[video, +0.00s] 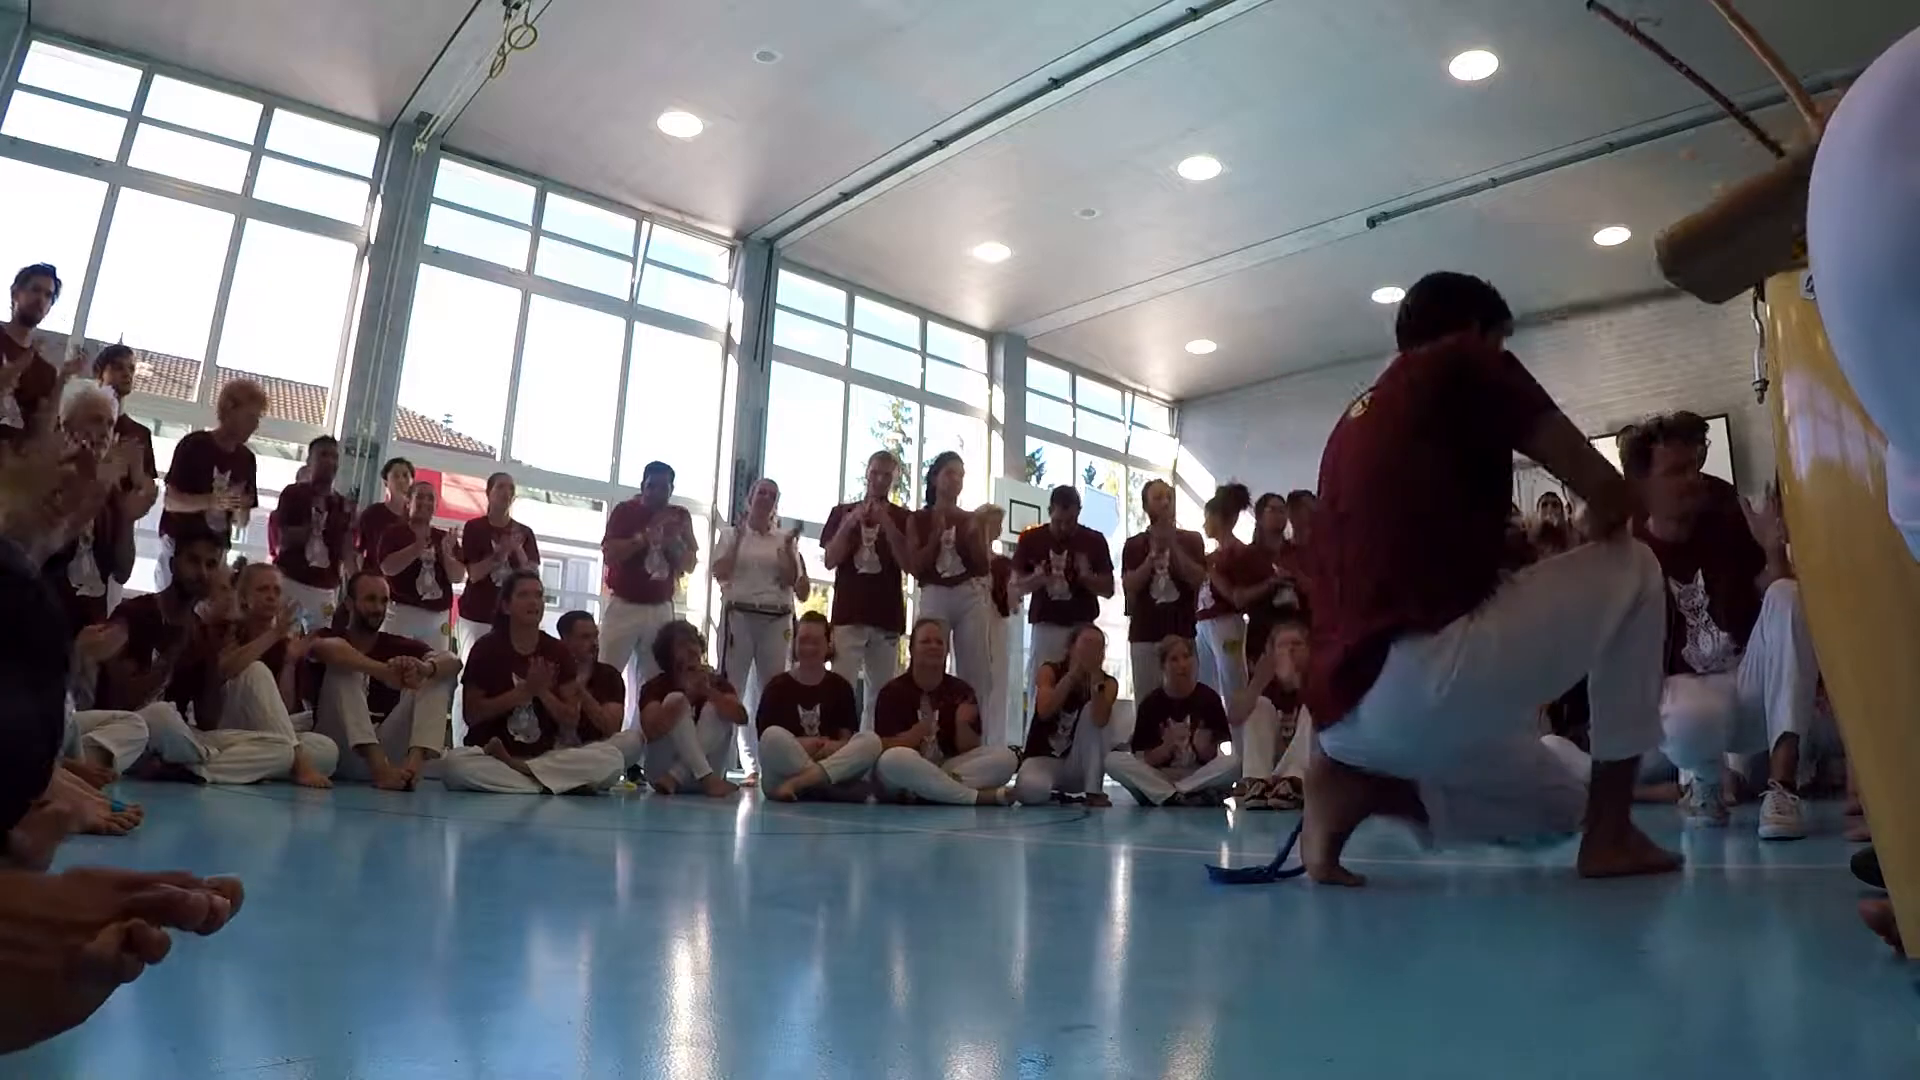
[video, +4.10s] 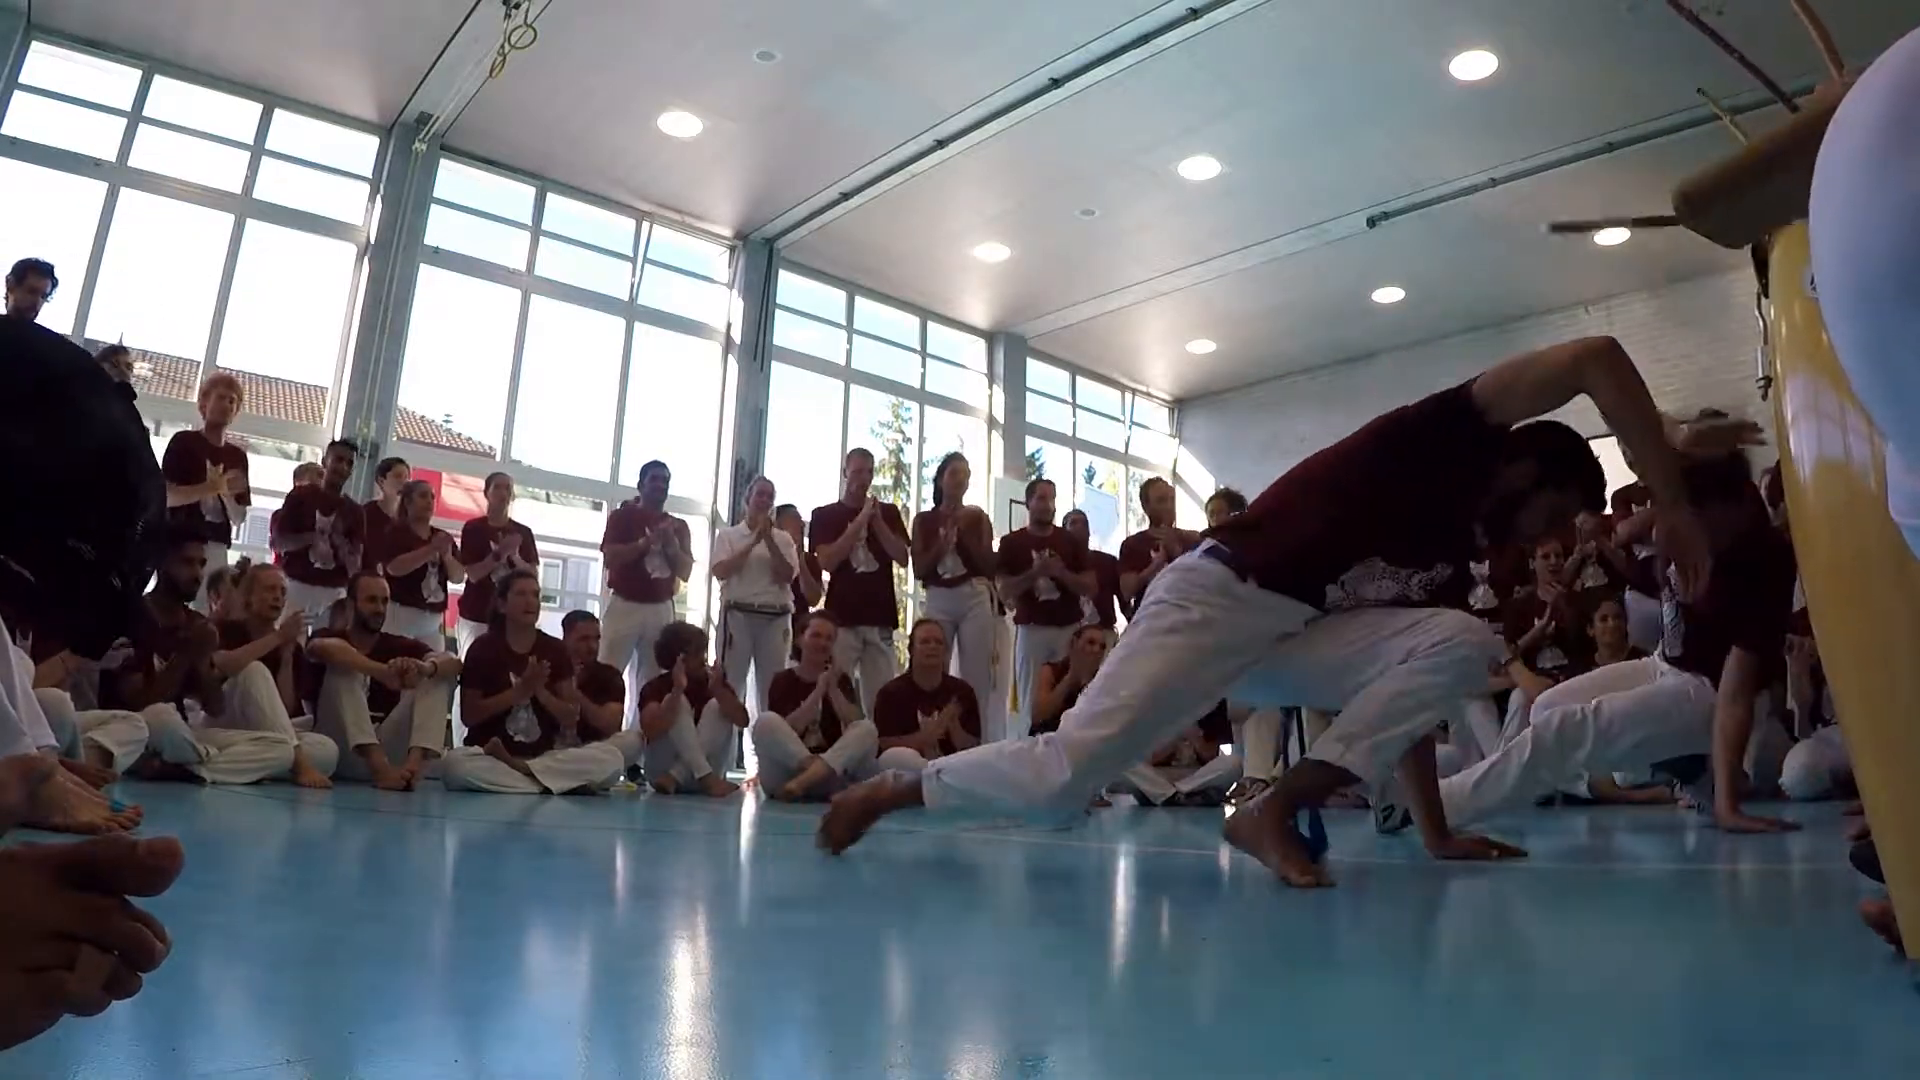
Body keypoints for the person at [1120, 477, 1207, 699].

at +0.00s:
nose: (1165, 502)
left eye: (1169, 497)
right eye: (1158, 497)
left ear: (1174, 502)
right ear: (1146, 506)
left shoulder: (1192, 540)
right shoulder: (1134, 544)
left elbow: (1197, 579)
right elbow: (1130, 586)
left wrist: (1174, 545)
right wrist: (1150, 558)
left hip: (1183, 630)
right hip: (1145, 631)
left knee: (1184, 697)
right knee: (1146, 700)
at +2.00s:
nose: (1165, 501)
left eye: (1168, 496)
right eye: (1156, 497)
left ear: (1174, 501)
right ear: (1144, 507)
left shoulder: (1193, 538)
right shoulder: (1136, 543)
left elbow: (1206, 581)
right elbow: (1132, 588)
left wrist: (1181, 551)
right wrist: (1160, 566)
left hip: (1190, 632)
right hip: (1151, 635)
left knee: (1193, 703)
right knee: (1154, 706)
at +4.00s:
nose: (1165, 503)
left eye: (1167, 497)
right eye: (1156, 498)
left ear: (1171, 502)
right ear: (1142, 506)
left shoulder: (1189, 538)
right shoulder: (1130, 545)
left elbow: (1198, 580)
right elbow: (1128, 590)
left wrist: (1174, 546)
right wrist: (1152, 566)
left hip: (1186, 624)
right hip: (1145, 628)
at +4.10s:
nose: (1170, 506)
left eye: (1172, 500)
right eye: (1161, 500)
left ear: (1176, 502)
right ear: (1145, 507)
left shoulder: (1193, 539)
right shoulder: (1133, 545)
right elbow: (1127, 590)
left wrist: (1177, 552)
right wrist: (1155, 565)